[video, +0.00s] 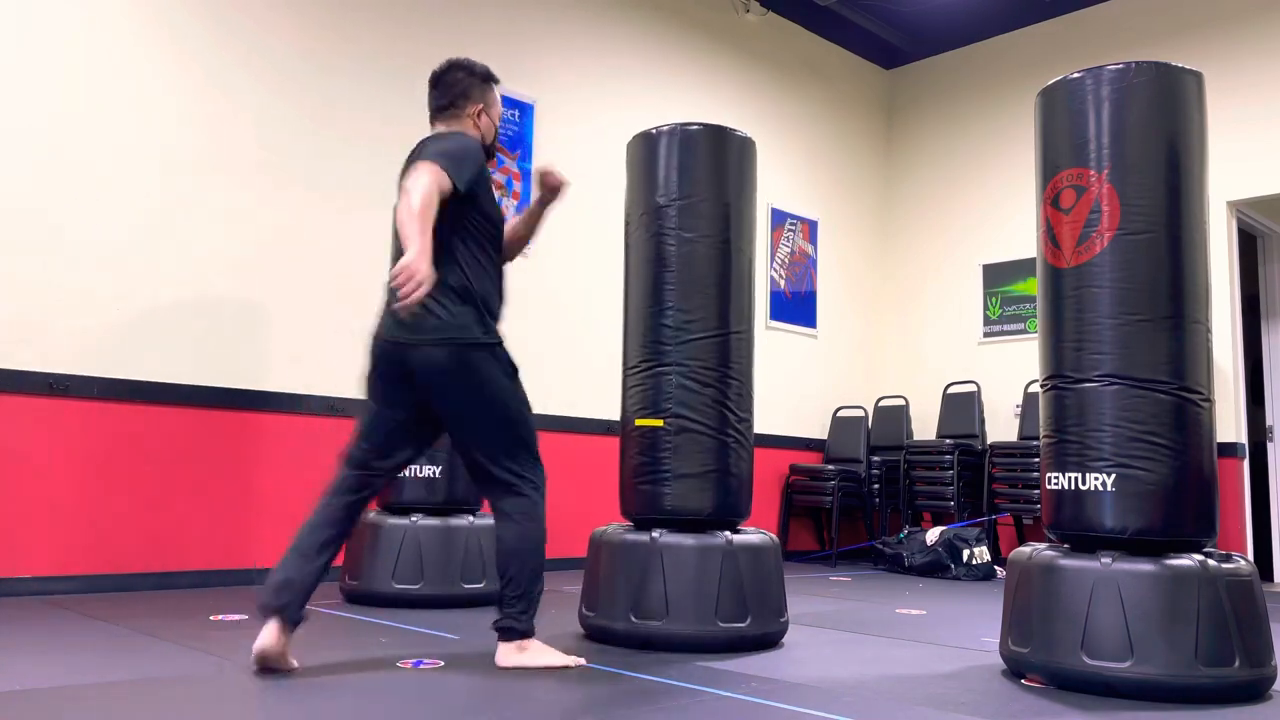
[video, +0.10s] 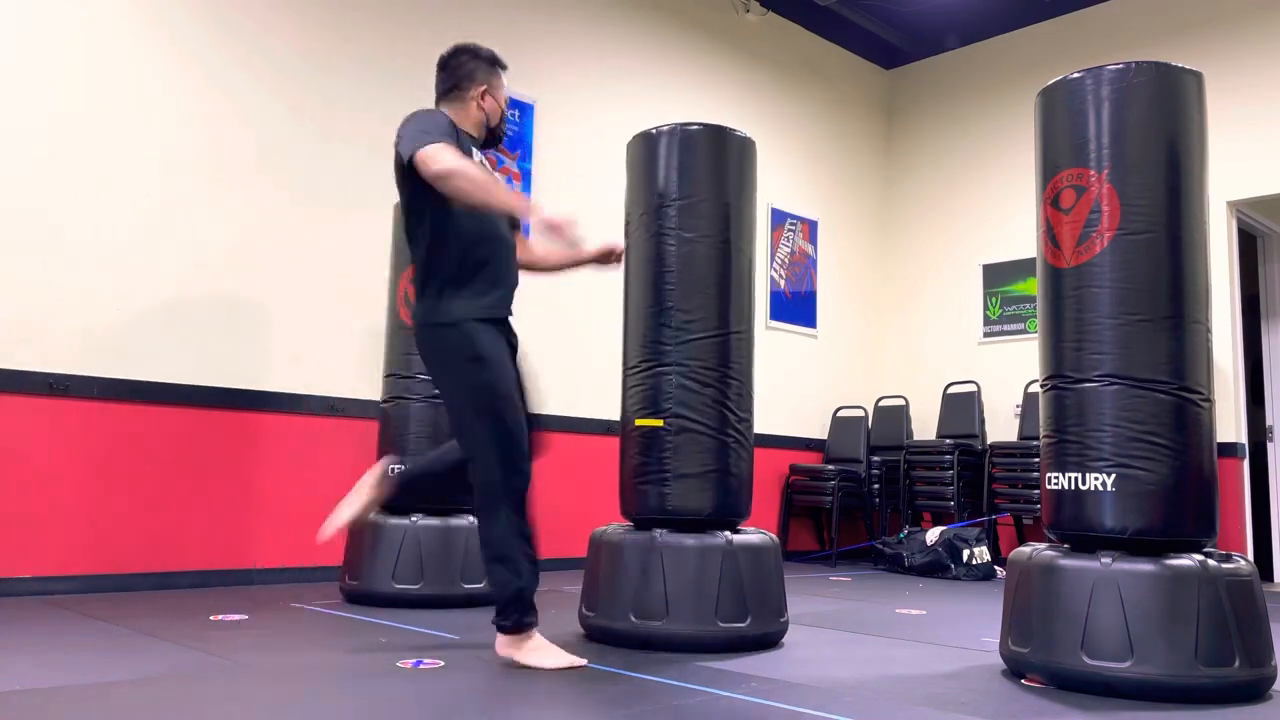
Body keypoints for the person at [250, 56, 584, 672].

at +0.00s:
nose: (498, 120)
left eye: (496, 111)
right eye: (495, 110)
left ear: (442, 110)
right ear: (479, 110)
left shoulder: (448, 162)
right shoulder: (460, 145)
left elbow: (500, 251)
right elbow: (418, 189)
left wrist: (541, 203)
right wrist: (421, 253)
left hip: (401, 344)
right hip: (461, 344)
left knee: (357, 477)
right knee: (520, 482)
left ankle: (279, 620)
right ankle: (517, 637)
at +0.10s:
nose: (504, 111)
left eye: (504, 101)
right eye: (502, 99)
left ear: (467, 98)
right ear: (482, 95)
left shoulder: (476, 166)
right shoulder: (427, 124)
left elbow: (520, 253)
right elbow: (439, 168)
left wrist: (588, 255)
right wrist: (530, 211)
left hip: (487, 325)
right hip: (456, 325)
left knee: (505, 454)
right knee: (502, 463)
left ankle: (390, 480)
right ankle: (516, 630)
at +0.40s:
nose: (527, 131)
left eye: (528, 122)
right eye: (525, 119)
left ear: (490, 112)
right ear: (502, 111)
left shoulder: (486, 165)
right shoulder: (457, 148)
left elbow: (468, 250)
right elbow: (461, 218)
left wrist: (512, 246)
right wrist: (526, 192)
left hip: (492, 333)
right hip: (456, 339)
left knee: (539, 433)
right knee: (497, 485)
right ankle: (528, 630)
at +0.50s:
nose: (522, 140)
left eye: (523, 130)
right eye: (520, 128)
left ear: (483, 123)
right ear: (496, 122)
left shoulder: (474, 183)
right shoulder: (450, 162)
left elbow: (478, 280)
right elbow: (413, 232)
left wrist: (513, 249)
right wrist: (498, 241)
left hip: (447, 348)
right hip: (447, 349)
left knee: (438, 492)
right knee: (496, 485)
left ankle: (375, 620)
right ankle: (522, 631)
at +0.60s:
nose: (519, 140)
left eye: (521, 130)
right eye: (516, 125)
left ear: (483, 122)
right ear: (487, 117)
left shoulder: (470, 183)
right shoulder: (442, 160)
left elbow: (473, 280)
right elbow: (401, 234)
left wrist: (504, 240)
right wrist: (486, 249)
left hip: (420, 333)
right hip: (420, 331)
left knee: (410, 481)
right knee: (494, 457)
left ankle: (370, 622)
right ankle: (446, 611)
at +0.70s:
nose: (510, 133)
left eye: (513, 124)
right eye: (510, 121)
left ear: (473, 111)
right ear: (484, 109)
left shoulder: (456, 162)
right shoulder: (442, 146)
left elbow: (458, 256)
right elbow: (409, 223)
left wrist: (489, 225)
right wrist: (488, 236)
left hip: (410, 325)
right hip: (414, 324)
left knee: (399, 467)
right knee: (455, 468)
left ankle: (372, 619)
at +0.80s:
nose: (505, 136)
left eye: (507, 126)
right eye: (504, 123)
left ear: (469, 115)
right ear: (478, 112)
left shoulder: (450, 167)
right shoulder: (438, 152)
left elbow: (437, 243)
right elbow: (417, 228)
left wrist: (488, 233)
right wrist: (490, 257)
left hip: (428, 336)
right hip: (403, 330)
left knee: (410, 487)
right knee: (385, 485)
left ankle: (370, 626)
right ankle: (291, 639)